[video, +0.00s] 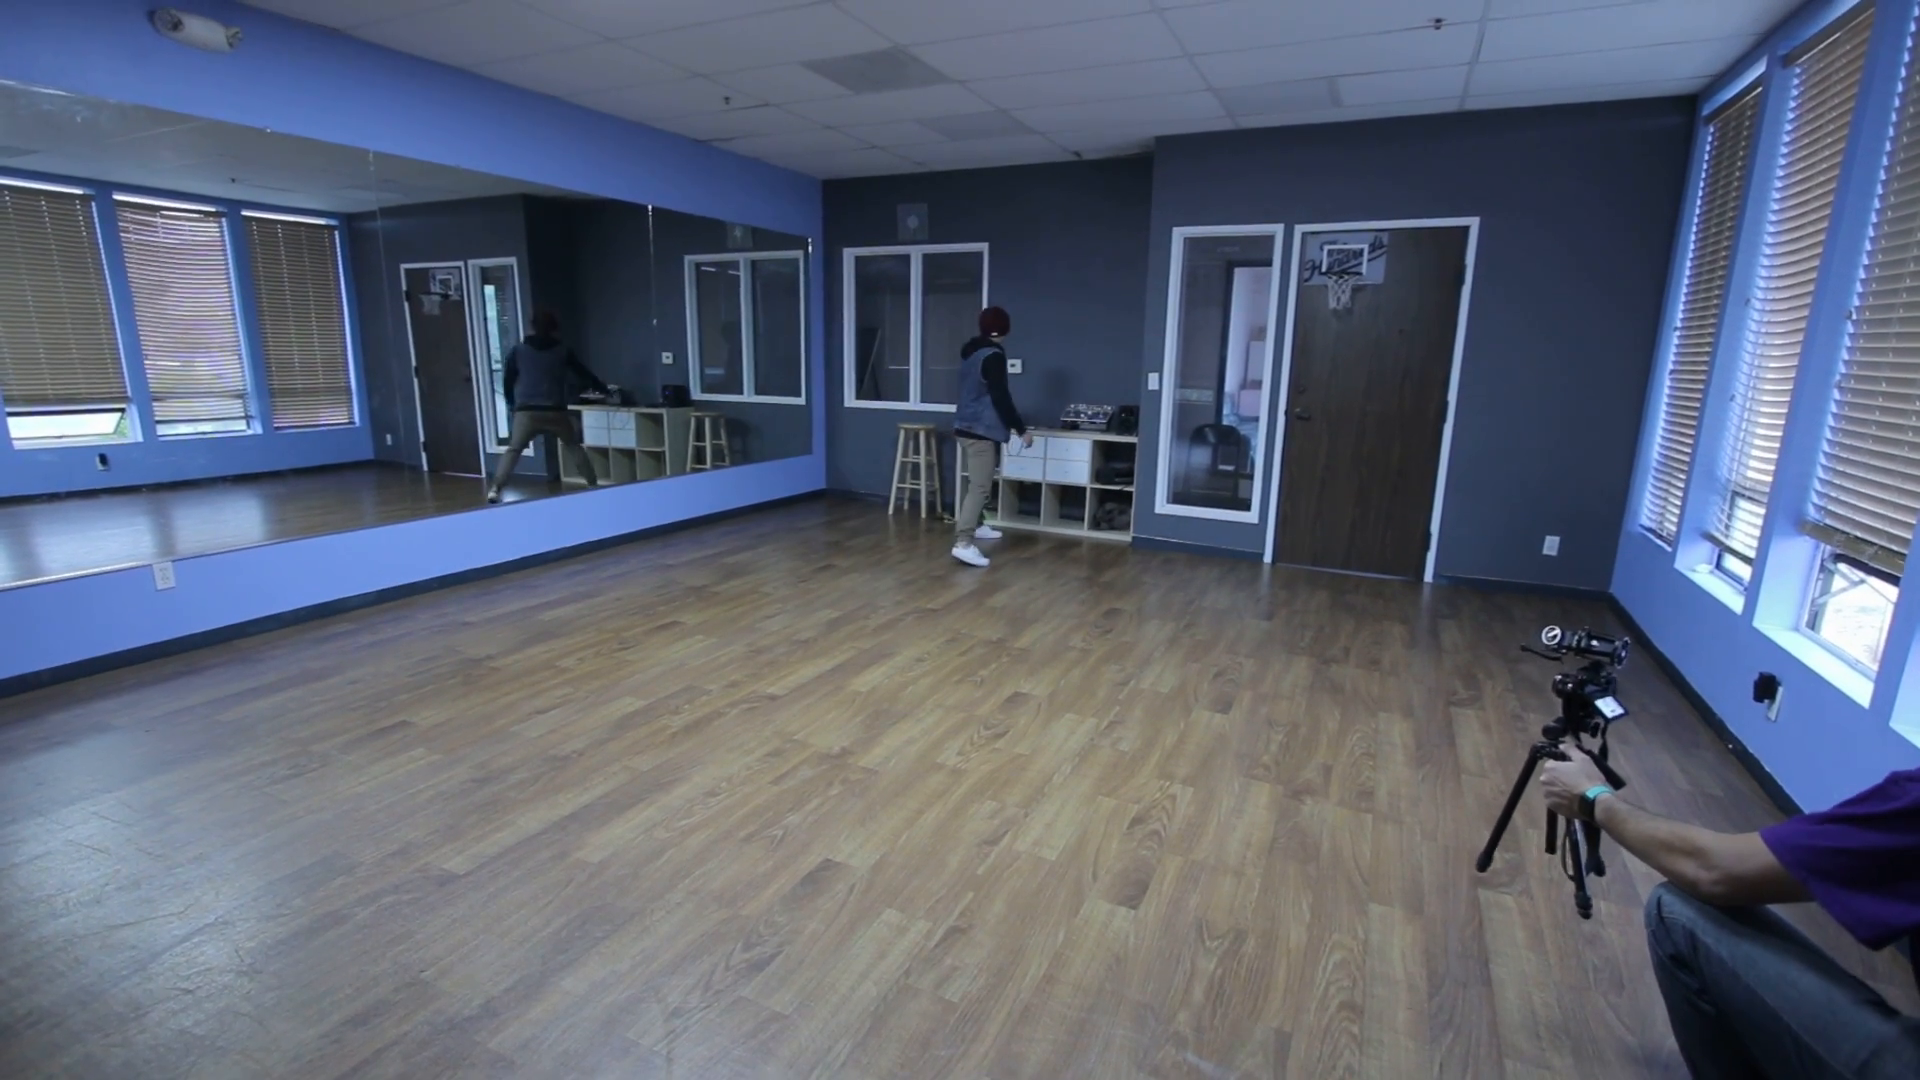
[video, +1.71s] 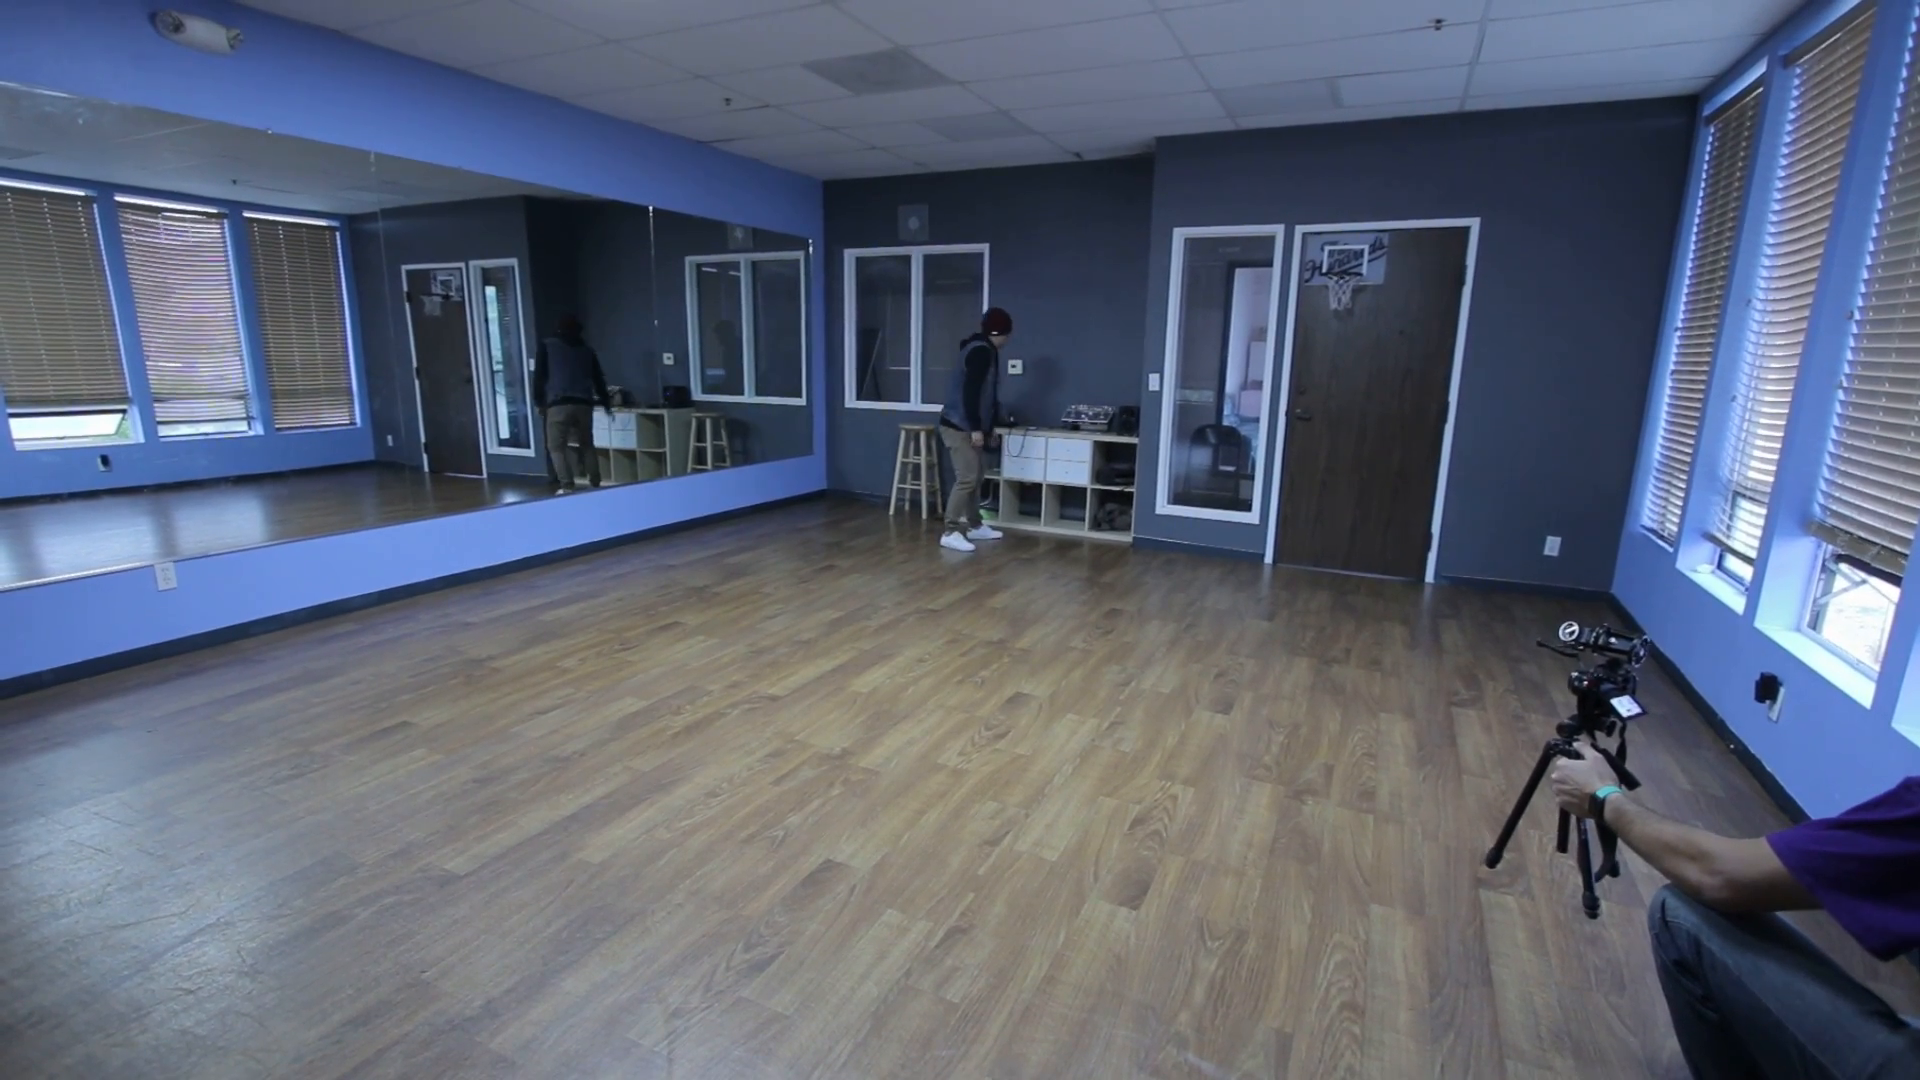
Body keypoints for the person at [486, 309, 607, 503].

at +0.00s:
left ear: (533, 328)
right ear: (555, 328)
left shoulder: (518, 350)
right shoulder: (562, 350)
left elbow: (508, 381)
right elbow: (583, 373)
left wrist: (512, 405)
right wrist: (604, 389)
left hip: (526, 411)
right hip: (556, 410)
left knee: (514, 450)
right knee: (573, 446)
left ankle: (495, 489)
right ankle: (593, 484)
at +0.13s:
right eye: (577, 333)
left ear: (555, 330)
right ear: (575, 333)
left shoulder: (540, 348)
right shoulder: (580, 352)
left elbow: (527, 375)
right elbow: (603, 375)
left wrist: (523, 401)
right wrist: (624, 393)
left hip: (540, 405)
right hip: (567, 406)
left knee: (525, 446)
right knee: (580, 443)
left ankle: (509, 485)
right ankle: (594, 484)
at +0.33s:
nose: (599, 341)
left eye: (599, 338)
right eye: (599, 338)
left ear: (577, 333)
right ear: (596, 337)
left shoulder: (561, 347)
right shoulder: (598, 355)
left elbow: (546, 370)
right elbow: (618, 379)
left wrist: (542, 393)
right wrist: (637, 397)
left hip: (553, 400)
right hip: (579, 405)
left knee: (541, 443)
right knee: (585, 443)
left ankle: (528, 483)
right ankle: (595, 484)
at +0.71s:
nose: (614, 343)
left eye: (614, 339)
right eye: (612, 339)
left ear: (590, 334)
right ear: (607, 339)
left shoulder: (572, 348)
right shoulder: (610, 357)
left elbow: (556, 373)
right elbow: (624, 383)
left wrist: (550, 400)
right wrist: (640, 402)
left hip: (565, 399)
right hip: (590, 403)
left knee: (560, 442)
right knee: (590, 444)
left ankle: (555, 482)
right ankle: (595, 485)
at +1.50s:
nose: (594, 336)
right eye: (593, 333)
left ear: (573, 329)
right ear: (593, 333)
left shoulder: (558, 345)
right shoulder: (597, 352)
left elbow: (547, 373)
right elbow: (614, 378)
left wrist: (544, 400)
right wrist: (628, 399)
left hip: (563, 401)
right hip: (588, 402)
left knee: (562, 444)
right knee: (589, 444)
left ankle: (566, 485)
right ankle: (594, 484)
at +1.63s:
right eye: (585, 329)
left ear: (565, 327)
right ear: (585, 329)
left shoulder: (553, 344)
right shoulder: (591, 349)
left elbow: (543, 373)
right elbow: (605, 379)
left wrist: (542, 400)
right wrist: (619, 399)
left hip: (560, 400)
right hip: (586, 401)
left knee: (559, 444)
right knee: (587, 442)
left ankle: (566, 484)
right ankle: (594, 481)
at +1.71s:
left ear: (557, 328)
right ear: (579, 329)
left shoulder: (547, 346)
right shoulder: (585, 348)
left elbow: (540, 375)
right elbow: (598, 379)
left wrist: (539, 402)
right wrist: (606, 404)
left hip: (558, 402)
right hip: (583, 401)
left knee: (556, 447)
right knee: (587, 444)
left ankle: (566, 485)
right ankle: (595, 483)